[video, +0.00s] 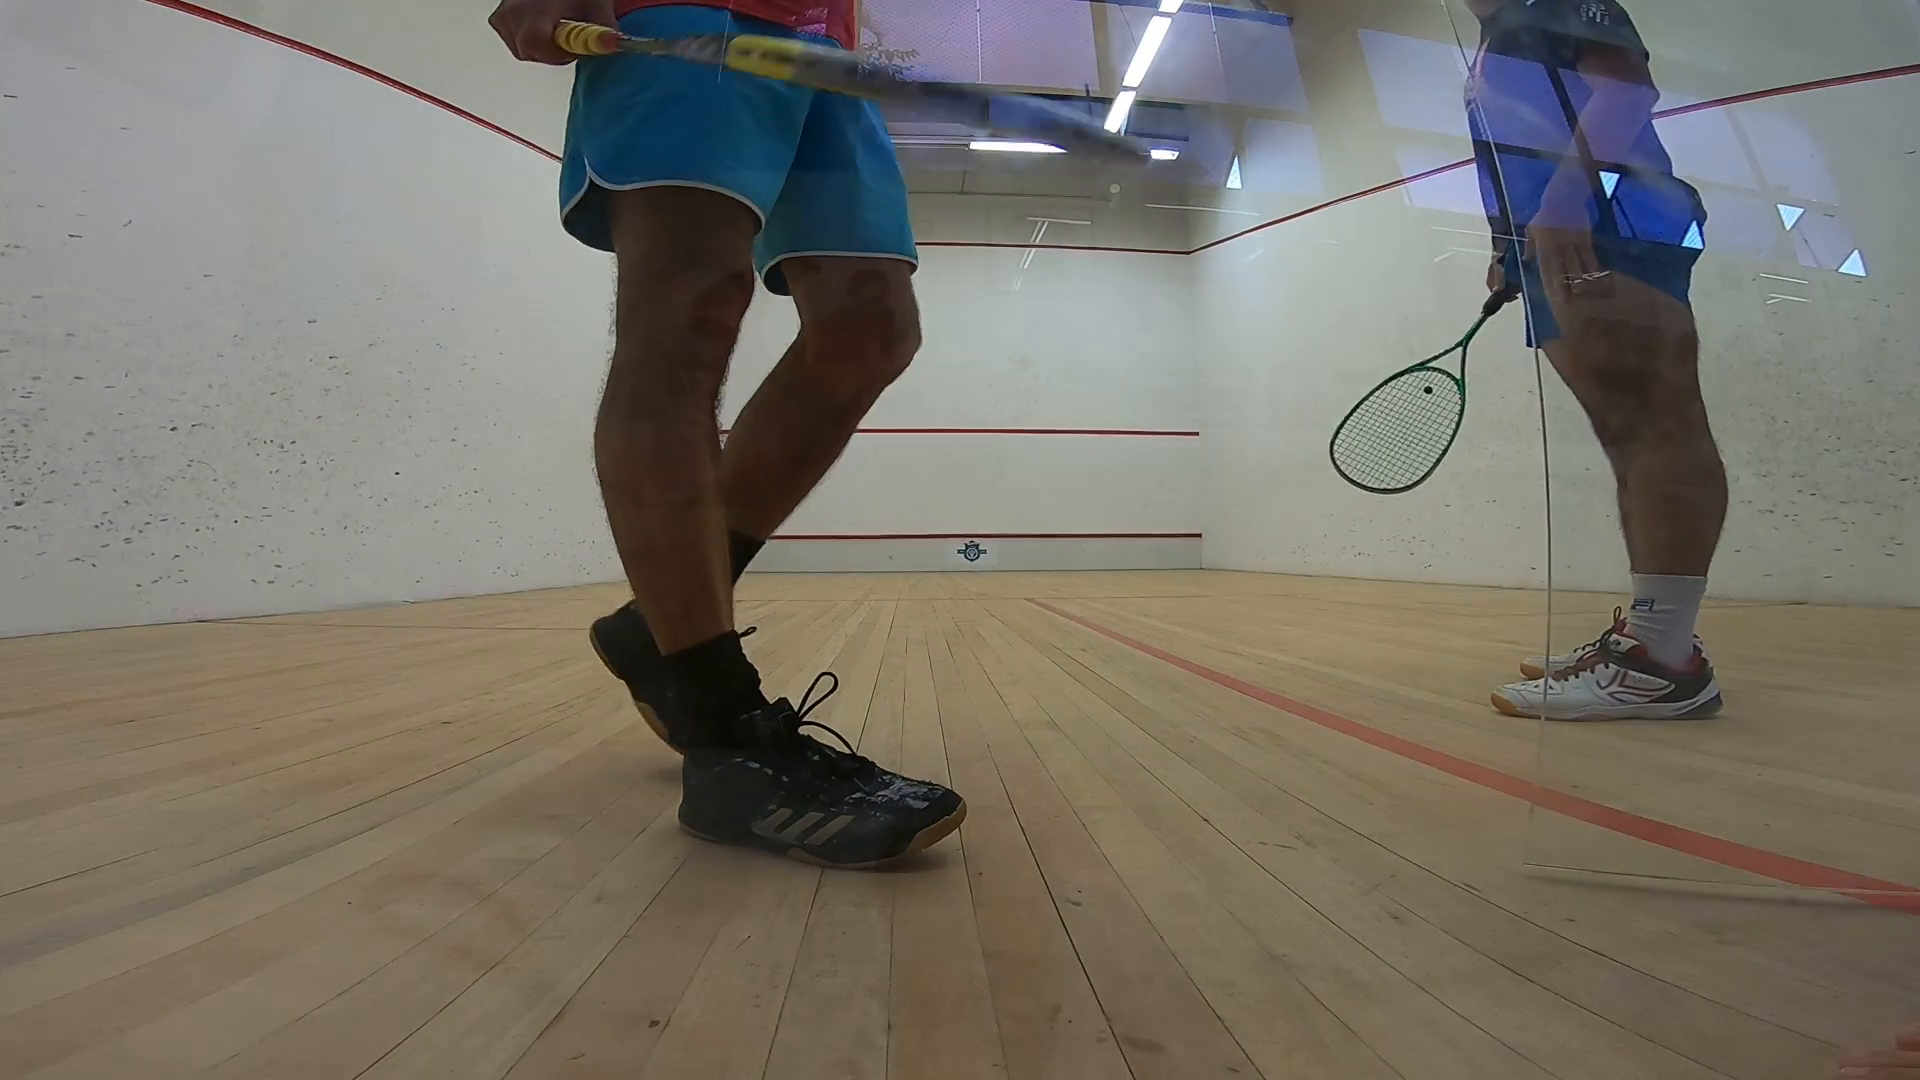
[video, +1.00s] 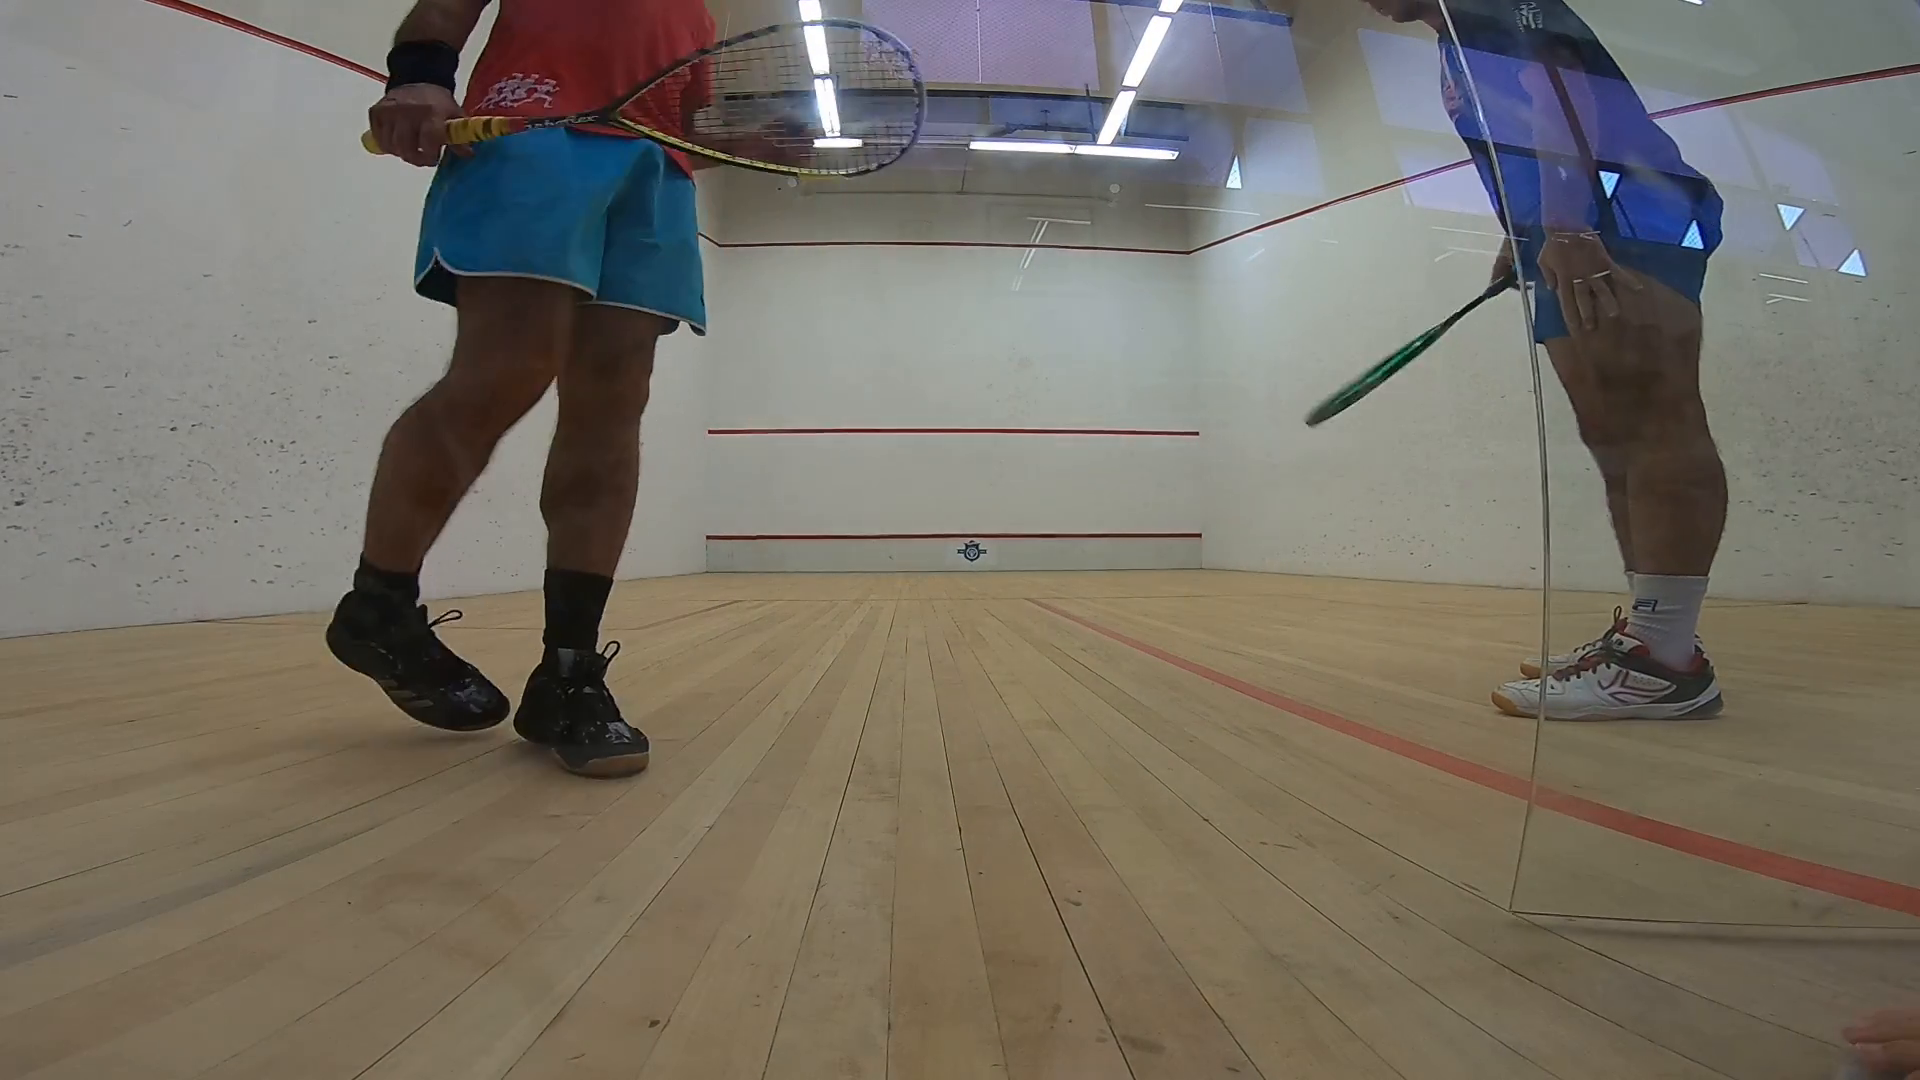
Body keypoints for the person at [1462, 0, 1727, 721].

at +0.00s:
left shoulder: (1551, 6)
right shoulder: (1497, 51)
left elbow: (1626, 81)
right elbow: (1530, 157)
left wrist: (1565, 198)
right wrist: (1510, 244)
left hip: (1611, 231)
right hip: (1571, 242)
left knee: (1661, 427)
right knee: (1628, 434)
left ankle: (1667, 659)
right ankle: (1654, 644)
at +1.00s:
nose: (1374, 5)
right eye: (1369, 3)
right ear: (1397, 10)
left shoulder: (1491, 8)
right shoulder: (1459, 57)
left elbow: (1558, 82)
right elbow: (1522, 139)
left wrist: (1569, 225)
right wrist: (1519, 229)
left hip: (1628, 218)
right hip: (1570, 237)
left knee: (1659, 421)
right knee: (1613, 431)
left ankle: (1670, 659)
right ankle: (1649, 637)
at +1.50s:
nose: (1373, 102)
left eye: (1358, 90)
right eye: (1361, 100)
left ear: (1358, 54)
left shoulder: (1405, 54)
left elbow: (1464, 136)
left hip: (1605, 227)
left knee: (1624, 423)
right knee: (1611, 423)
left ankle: (1663, 658)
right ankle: (1627, 627)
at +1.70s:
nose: (1384, 114)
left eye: (1377, 100)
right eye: (1375, 109)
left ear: (1389, 72)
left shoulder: (1408, 70)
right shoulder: (1538, 94)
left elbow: (1443, 129)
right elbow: (1655, 163)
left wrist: (1461, 253)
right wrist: (1613, 240)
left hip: (1562, 234)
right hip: (1655, 243)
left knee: (1533, 427)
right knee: (1613, 439)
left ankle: (1643, 639)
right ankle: (1622, 635)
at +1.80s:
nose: (1391, 108)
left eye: (1386, 94)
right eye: (1383, 101)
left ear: (1401, 70)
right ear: (1449, 68)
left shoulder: (1414, 72)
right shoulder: (1539, 99)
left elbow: (1444, 141)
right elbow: (1646, 173)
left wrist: (1448, 269)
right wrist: (1615, 244)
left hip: (1533, 240)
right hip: (1637, 249)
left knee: (1474, 430)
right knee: (1603, 449)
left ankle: (1589, 598)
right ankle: (1620, 636)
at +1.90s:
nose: (1396, 113)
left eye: (1391, 100)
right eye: (1389, 106)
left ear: (1403, 76)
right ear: (1450, 70)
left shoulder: (1417, 75)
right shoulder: (1537, 104)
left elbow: (1440, 149)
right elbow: (1633, 177)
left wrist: (1434, 271)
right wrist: (1606, 253)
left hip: (1515, 248)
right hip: (1623, 257)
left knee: (1440, 422)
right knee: (1607, 448)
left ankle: (1530, 591)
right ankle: (1613, 634)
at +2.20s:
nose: (1376, 138)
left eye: (1374, 131)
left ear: (1378, 129)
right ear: (1430, 122)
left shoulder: (1373, 148)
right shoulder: (1498, 142)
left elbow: (1380, 218)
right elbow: (1587, 208)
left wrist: (1407, 321)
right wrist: (1567, 305)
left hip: (1474, 299)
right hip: (1575, 295)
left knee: (1450, 467)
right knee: (1580, 456)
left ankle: (1422, 613)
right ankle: (1611, 632)